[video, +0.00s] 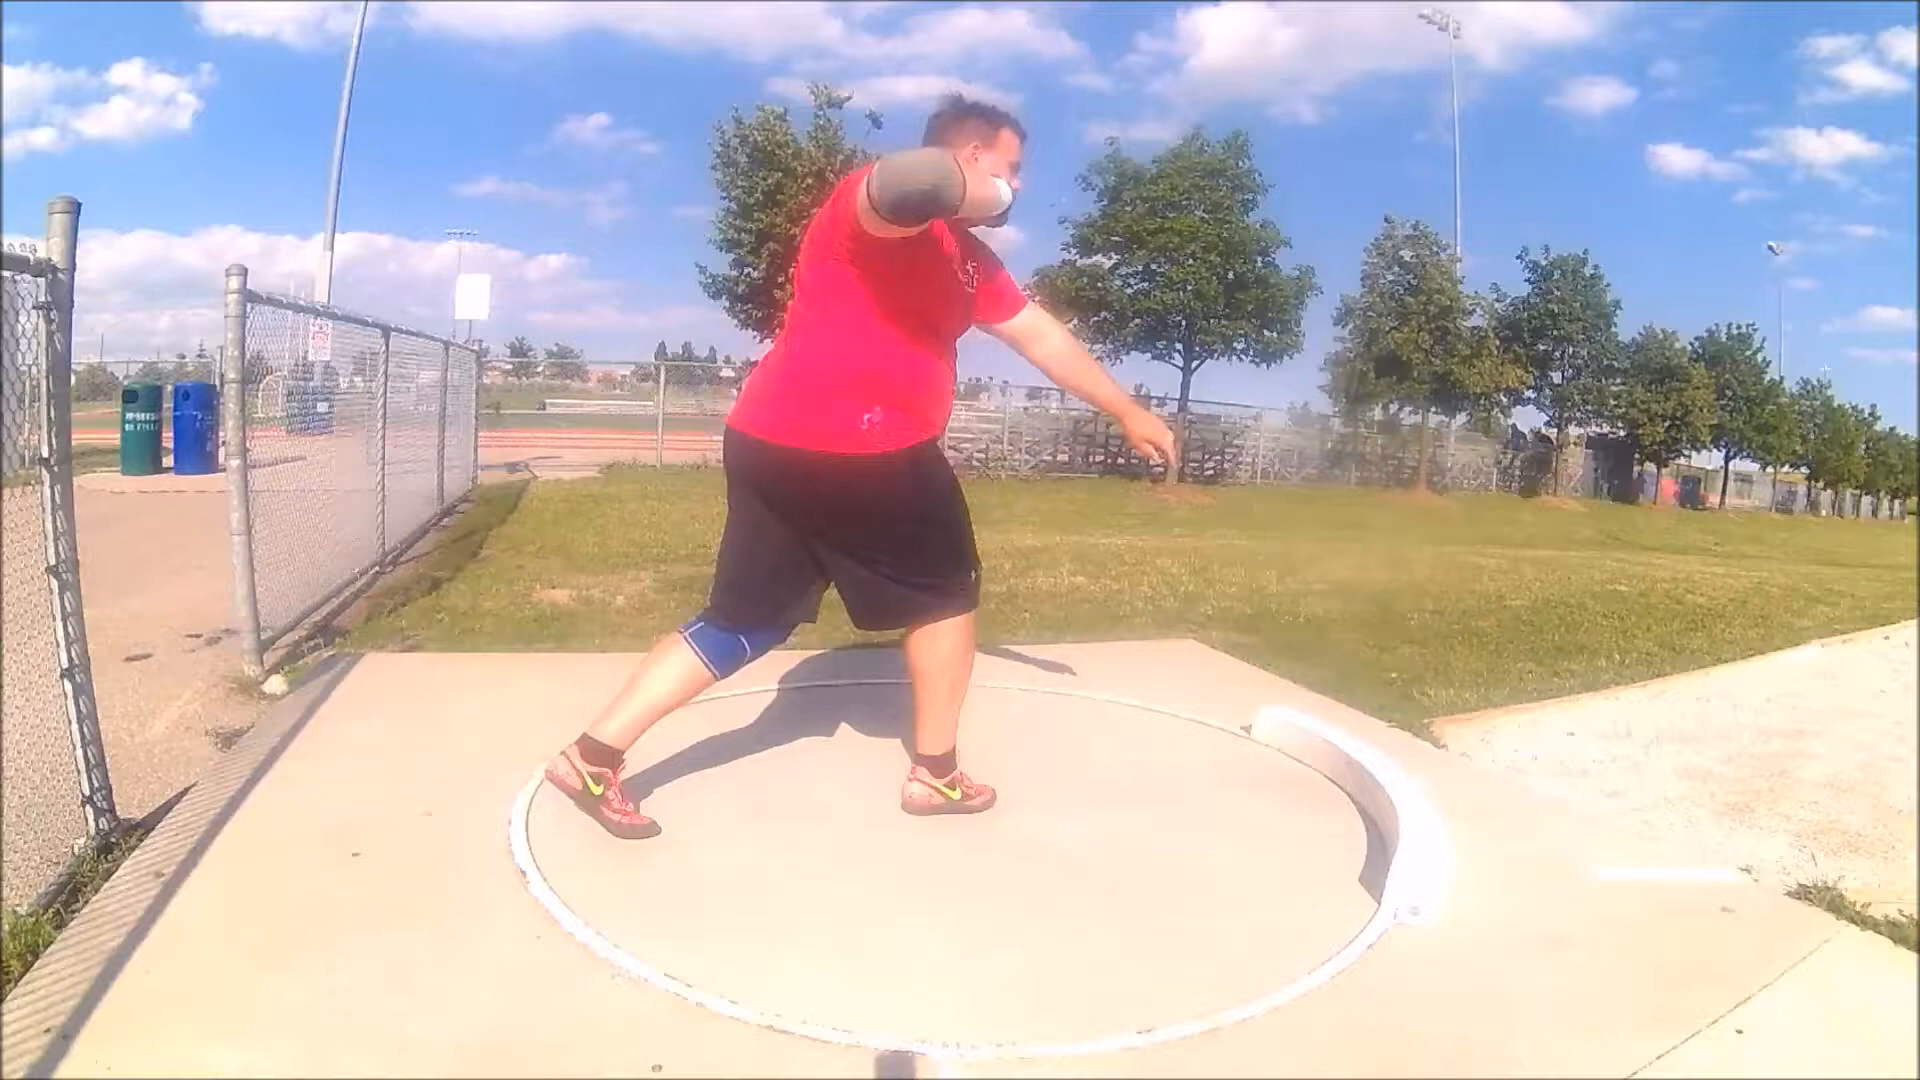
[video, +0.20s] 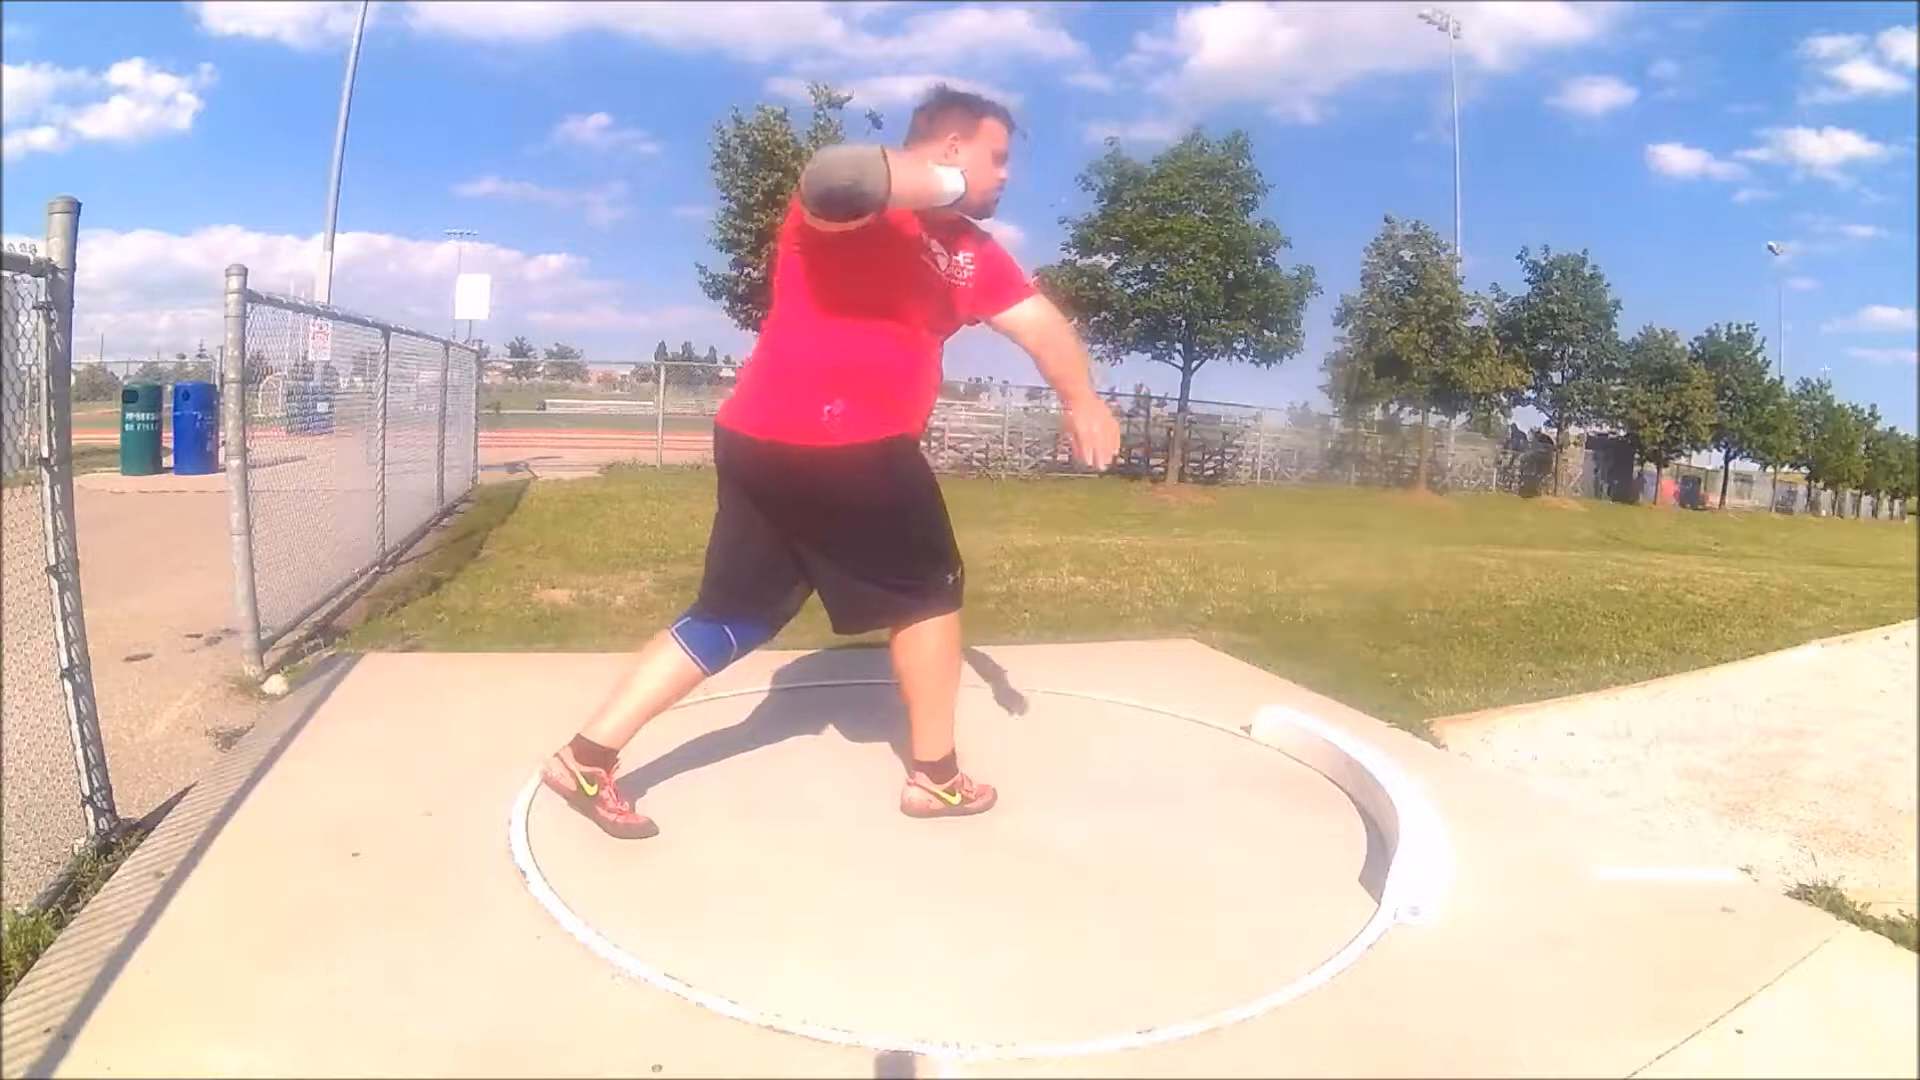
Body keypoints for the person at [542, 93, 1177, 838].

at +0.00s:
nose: (1014, 187)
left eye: (1017, 175)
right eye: (1010, 170)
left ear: (971, 160)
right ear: (962, 156)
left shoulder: (970, 261)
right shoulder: (871, 199)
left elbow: (1042, 337)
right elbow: (900, 189)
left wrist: (1129, 410)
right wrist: (961, 186)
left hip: (768, 441)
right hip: (876, 454)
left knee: (742, 618)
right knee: (945, 598)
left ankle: (596, 751)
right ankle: (933, 769)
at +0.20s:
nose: (1006, 180)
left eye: (1007, 163)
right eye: (1000, 158)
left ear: (949, 156)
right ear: (951, 148)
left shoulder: (966, 252)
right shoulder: (839, 200)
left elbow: (1045, 328)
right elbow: (832, 177)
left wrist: (1080, 396)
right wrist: (941, 181)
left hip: (755, 437)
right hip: (863, 447)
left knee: (732, 611)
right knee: (928, 593)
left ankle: (589, 754)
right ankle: (934, 770)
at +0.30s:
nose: (998, 172)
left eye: (1001, 157)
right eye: (990, 154)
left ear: (954, 148)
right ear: (940, 145)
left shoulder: (968, 250)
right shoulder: (831, 193)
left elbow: (1037, 327)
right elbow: (804, 172)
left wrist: (999, 374)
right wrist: (928, 173)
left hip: (748, 437)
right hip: (853, 448)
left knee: (726, 612)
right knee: (920, 595)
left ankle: (585, 756)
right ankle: (934, 769)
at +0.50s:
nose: (993, 179)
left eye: (994, 164)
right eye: (985, 161)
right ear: (935, 154)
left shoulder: (961, 253)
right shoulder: (826, 202)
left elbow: (1028, 330)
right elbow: (831, 182)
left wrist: (971, 359)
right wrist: (942, 190)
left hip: (739, 437)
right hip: (842, 451)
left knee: (727, 616)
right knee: (921, 598)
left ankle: (582, 761)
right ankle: (933, 776)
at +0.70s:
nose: (993, 213)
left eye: (993, 200)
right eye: (994, 196)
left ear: (926, 164)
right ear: (973, 181)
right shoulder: (911, 215)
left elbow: (1002, 364)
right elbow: (990, 231)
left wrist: (1086, 421)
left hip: (727, 446)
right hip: (840, 464)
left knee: (720, 625)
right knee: (937, 600)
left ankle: (588, 773)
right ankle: (930, 779)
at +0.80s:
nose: (996, 216)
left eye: (989, 207)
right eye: (997, 207)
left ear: (929, 186)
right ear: (993, 202)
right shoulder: (978, 234)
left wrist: (1034, 426)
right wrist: (1058, 266)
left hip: (742, 443)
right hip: (865, 471)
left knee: (715, 629)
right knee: (956, 596)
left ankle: (599, 783)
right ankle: (933, 777)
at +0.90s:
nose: (933, 212)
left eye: (926, 202)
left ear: (921, 207)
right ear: (992, 215)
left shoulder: (869, 255)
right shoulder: (1027, 261)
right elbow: (1130, 304)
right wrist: (1093, 274)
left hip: (809, 461)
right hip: (939, 485)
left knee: (722, 637)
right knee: (978, 617)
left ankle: (613, 791)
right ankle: (940, 777)